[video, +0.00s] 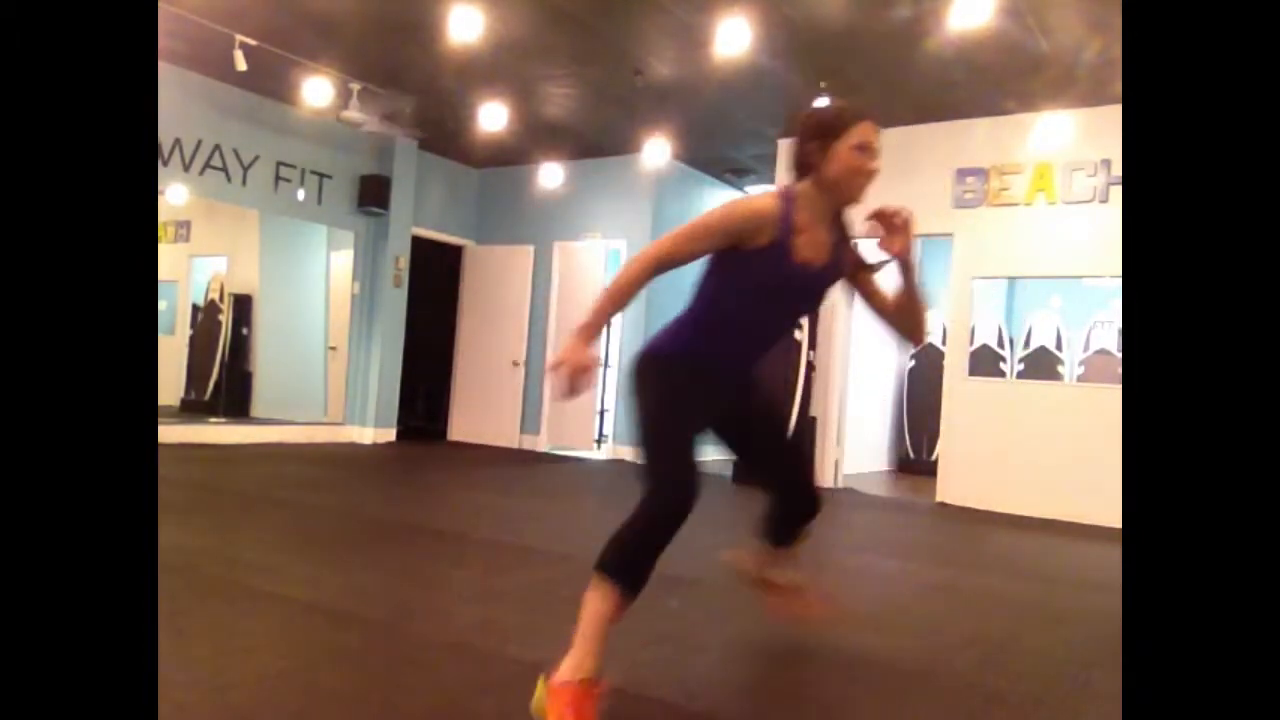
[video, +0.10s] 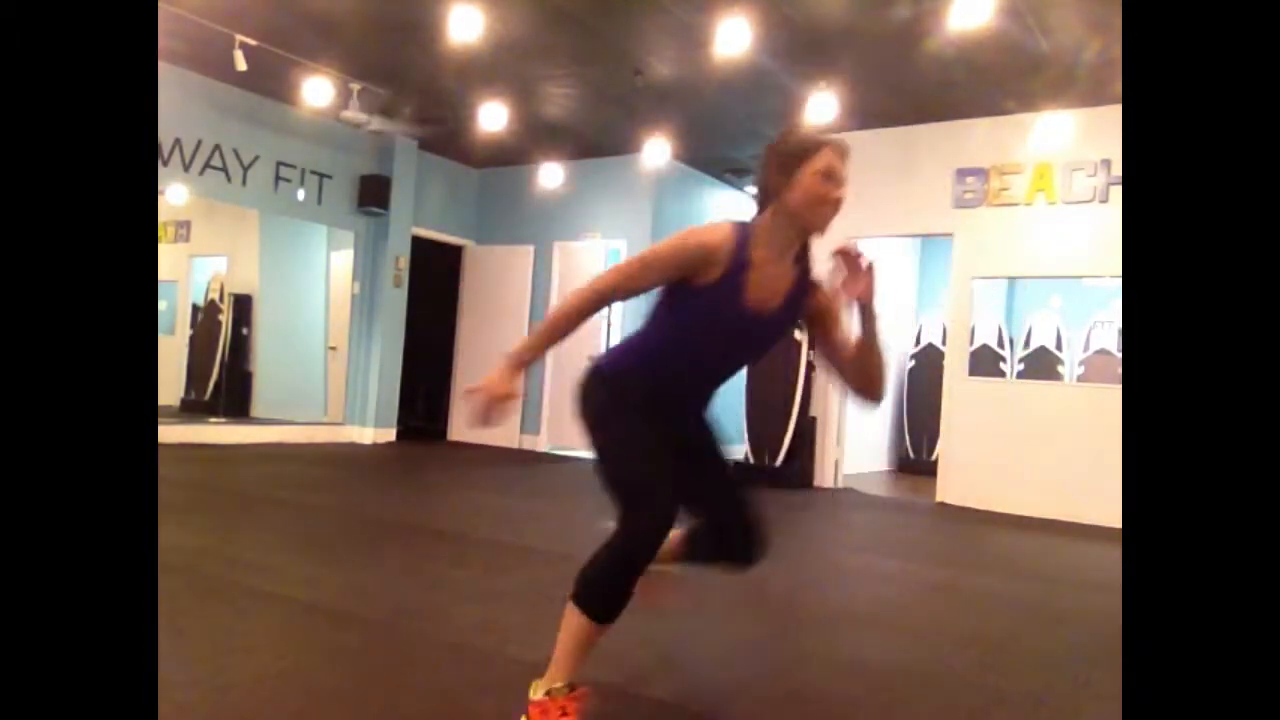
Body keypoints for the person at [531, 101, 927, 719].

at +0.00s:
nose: (872, 165)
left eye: (875, 153)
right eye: (861, 150)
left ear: (855, 163)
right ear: (819, 154)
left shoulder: (836, 244)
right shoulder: (763, 213)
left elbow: (912, 328)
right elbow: (652, 259)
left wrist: (904, 260)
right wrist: (586, 333)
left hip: (734, 383)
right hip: (674, 369)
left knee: (797, 494)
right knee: (672, 492)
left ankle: (767, 565)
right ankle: (575, 670)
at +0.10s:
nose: (838, 193)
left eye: (843, 182)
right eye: (825, 178)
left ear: (842, 194)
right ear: (782, 182)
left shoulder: (807, 291)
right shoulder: (716, 246)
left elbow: (870, 387)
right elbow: (601, 291)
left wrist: (864, 311)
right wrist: (515, 364)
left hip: (681, 412)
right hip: (620, 392)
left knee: (735, 540)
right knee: (645, 521)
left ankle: (634, 555)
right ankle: (553, 687)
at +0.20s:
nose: (815, 224)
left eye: (819, 212)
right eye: (803, 207)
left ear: (815, 226)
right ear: (755, 209)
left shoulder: (787, 320)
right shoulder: (682, 272)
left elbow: (841, 436)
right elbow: (563, 309)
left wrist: (827, 353)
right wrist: (467, 365)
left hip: (647, 427)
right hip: (587, 399)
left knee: (657, 580)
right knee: (630, 529)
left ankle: (536, 555)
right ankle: (549, 688)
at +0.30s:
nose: (801, 247)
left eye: (804, 236)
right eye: (788, 230)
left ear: (797, 250)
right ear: (738, 231)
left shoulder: (774, 332)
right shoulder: (657, 291)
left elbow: (821, 468)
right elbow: (541, 319)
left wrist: (798, 377)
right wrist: (452, 354)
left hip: (625, 439)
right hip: (565, 407)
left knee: (592, 592)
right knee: (623, 522)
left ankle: (466, 566)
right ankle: (545, 691)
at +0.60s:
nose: (790, 234)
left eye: (797, 222)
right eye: (777, 216)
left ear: (795, 237)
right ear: (730, 221)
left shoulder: (774, 319)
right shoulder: (655, 291)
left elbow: (824, 458)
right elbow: (540, 357)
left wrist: (800, 366)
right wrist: (443, 410)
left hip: (629, 436)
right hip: (570, 406)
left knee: (583, 592)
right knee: (628, 525)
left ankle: (430, 591)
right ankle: (547, 690)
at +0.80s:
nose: (832, 187)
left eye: (836, 175)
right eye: (822, 170)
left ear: (825, 186)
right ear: (776, 171)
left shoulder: (792, 270)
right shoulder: (710, 237)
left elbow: (844, 371)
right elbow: (660, 355)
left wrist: (830, 314)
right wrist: (776, 345)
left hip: (678, 404)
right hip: (618, 390)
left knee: (759, 522)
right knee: (656, 531)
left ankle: (636, 566)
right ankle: (557, 689)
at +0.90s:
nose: (880, 162)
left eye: (885, 150)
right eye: (871, 146)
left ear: (860, 158)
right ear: (833, 146)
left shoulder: (838, 227)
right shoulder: (768, 200)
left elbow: (903, 298)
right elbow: (743, 299)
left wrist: (936, 280)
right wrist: (853, 255)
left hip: (716, 373)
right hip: (657, 363)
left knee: (811, 473)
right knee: (646, 506)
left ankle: (750, 558)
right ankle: (561, 681)